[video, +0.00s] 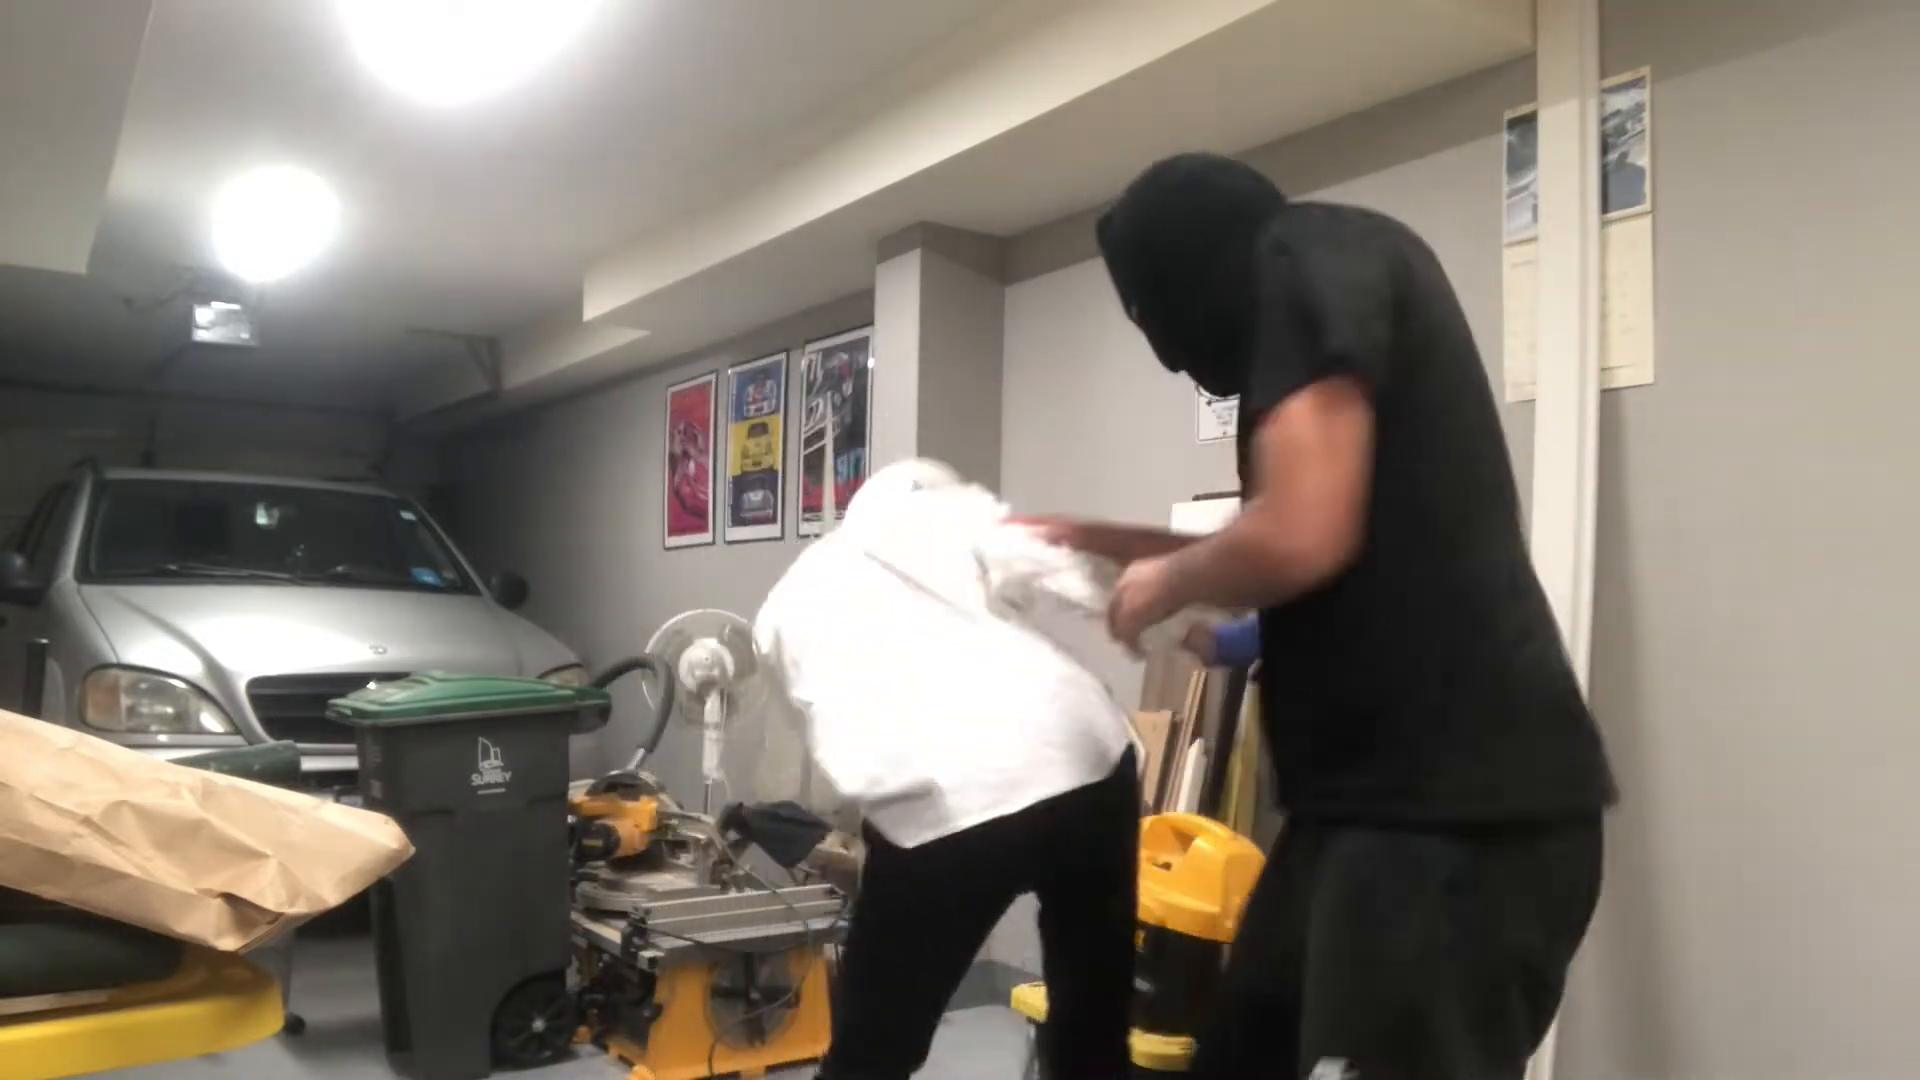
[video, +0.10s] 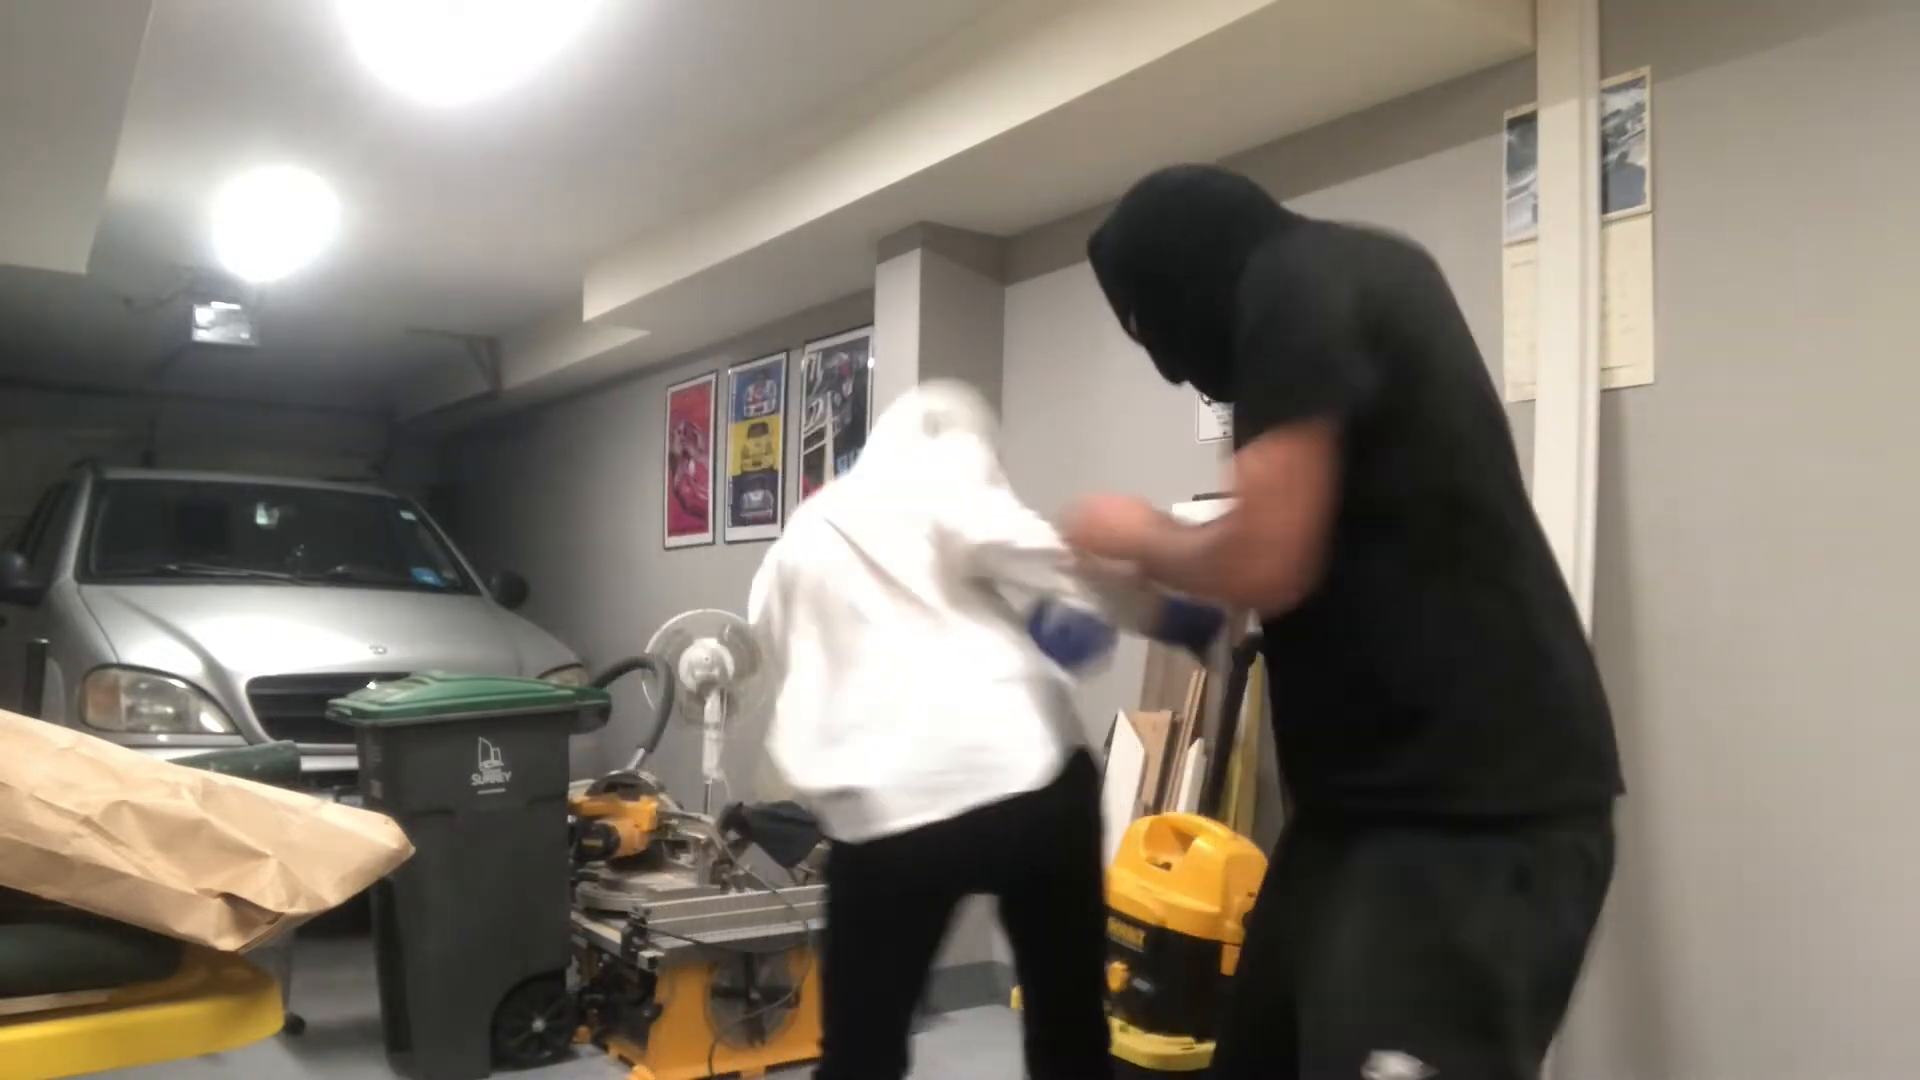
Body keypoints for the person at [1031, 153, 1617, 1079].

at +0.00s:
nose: (1167, 349)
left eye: (1157, 311)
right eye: (1149, 320)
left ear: (1192, 264)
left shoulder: (1318, 251)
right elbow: (1285, 542)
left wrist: (1172, 583)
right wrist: (1112, 544)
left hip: (1452, 821)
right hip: (1367, 810)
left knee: (1407, 1062)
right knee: (1241, 1062)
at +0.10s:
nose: (1162, 359)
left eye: (1149, 322)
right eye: (1141, 331)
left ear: (1186, 270)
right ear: (1223, 234)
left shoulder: (1307, 281)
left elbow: (1268, 560)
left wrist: (1146, 538)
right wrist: (1176, 581)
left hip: (1468, 817)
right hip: (1367, 808)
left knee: (1393, 1061)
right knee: (1260, 1060)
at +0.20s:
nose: (1167, 379)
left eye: (1157, 353)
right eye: (1152, 362)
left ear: (1183, 305)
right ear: (1265, 251)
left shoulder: (1257, 337)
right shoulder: (1455, 333)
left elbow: (1119, 580)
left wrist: (1043, 543)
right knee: (1268, 1064)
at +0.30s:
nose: (1176, 372)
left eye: (1165, 344)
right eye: (1159, 355)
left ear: (1196, 290)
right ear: (1256, 240)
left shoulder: (1292, 298)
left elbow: (1124, 542)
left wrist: (1056, 558)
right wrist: (1254, 570)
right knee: (1277, 1069)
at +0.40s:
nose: (1201, 344)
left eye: (1193, 313)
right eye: (1185, 322)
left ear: (1231, 258)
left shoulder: (1340, 267)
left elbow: (1250, 560)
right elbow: (1325, 572)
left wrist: (1121, 540)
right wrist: (1164, 523)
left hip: (1491, 828)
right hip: (1410, 822)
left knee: (1444, 1062)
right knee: (1298, 1063)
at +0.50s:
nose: (1221, 326)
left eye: (1217, 293)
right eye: (1207, 301)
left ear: (1267, 243)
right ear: (1314, 213)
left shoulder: (1370, 270)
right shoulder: (1431, 268)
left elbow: (1318, 554)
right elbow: (1363, 536)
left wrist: (1169, 513)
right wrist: (1222, 504)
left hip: (1469, 824)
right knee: (1298, 1061)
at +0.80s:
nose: (1244, 271)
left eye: (1247, 239)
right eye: (1239, 244)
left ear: (1299, 226)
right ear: (1386, 195)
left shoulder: (1366, 333)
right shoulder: (1537, 312)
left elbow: (1195, 612)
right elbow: (1389, 499)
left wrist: (1201, 579)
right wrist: (1179, 488)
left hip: (1487, 879)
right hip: (1604, 863)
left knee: (1389, 1059)